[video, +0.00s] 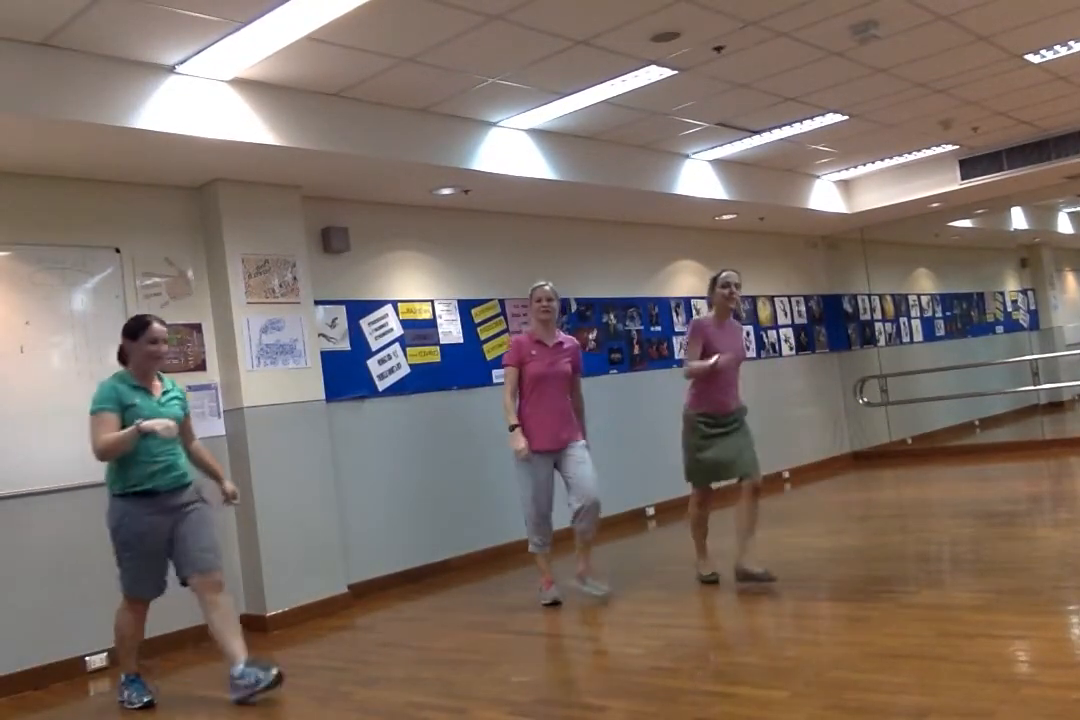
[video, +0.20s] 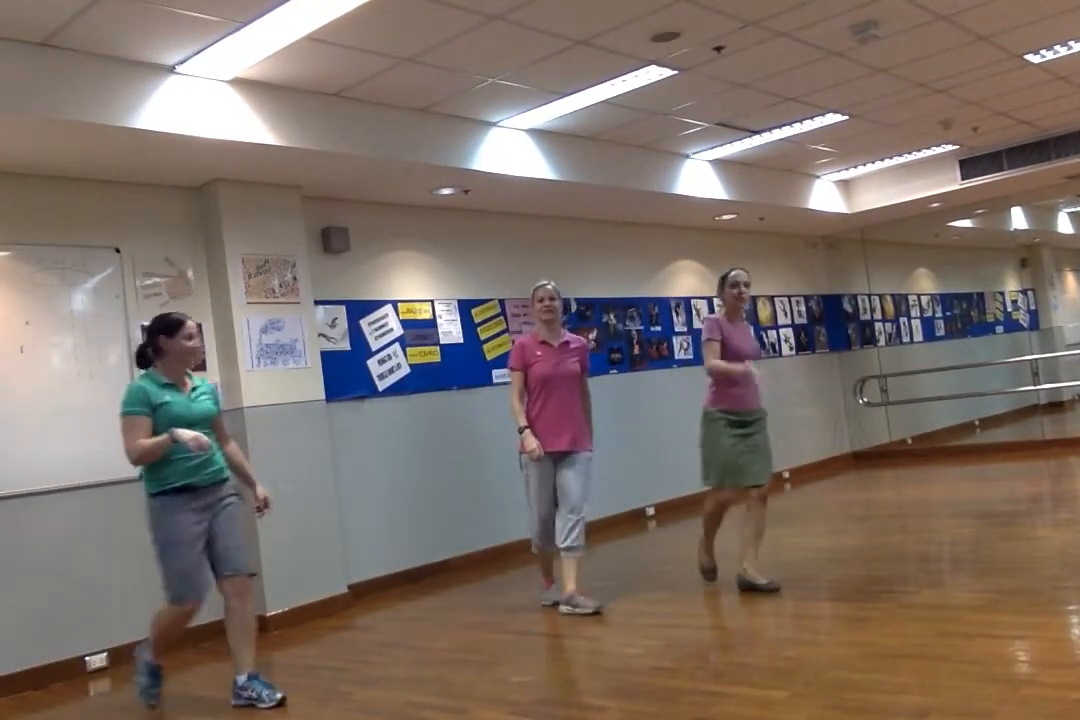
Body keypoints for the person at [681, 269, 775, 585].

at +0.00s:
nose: (731, 291)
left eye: (736, 287)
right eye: (725, 285)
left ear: (739, 294)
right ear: (712, 292)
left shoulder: (738, 329)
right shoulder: (699, 326)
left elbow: (733, 369)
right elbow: (689, 368)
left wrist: (737, 400)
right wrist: (712, 362)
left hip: (733, 416)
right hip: (701, 418)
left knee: (752, 481)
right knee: (701, 494)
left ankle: (742, 561)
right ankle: (703, 561)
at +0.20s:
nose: (740, 290)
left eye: (745, 286)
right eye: (734, 285)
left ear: (750, 292)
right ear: (722, 291)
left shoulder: (747, 327)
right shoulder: (714, 323)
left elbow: (741, 366)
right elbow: (710, 363)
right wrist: (743, 370)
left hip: (752, 414)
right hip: (721, 415)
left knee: (758, 493)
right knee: (725, 492)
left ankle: (748, 567)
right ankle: (706, 547)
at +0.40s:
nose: (764, 288)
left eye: (765, 283)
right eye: (757, 282)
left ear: (765, 289)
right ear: (741, 288)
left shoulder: (758, 324)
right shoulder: (733, 324)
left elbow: (762, 374)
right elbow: (721, 375)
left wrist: (799, 387)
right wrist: (731, 421)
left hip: (759, 410)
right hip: (745, 411)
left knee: (761, 491)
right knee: (793, 467)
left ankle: (749, 568)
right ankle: (759, 540)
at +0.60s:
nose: (797, 295)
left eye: (796, 290)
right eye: (791, 290)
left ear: (784, 296)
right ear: (772, 296)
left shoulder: (784, 330)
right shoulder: (758, 330)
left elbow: (800, 366)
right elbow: (731, 368)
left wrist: (843, 356)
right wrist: (738, 408)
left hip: (774, 411)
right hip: (767, 412)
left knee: (777, 491)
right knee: (809, 480)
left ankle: (748, 567)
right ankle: (821, 562)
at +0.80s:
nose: (829, 313)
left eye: (828, 307)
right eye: (824, 307)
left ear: (805, 311)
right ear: (807, 311)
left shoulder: (780, 336)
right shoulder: (787, 343)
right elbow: (777, 393)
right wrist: (814, 414)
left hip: (756, 416)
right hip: (764, 418)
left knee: (788, 490)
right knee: (812, 482)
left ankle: (744, 549)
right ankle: (821, 561)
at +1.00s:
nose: (824, 320)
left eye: (822, 314)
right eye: (819, 315)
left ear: (798, 317)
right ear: (804, 320)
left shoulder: (766, 326)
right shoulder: (791, 346)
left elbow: (721, 336)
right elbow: (802, 382)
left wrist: (692, 361)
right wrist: (838, 367)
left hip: (731, 414)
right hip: (745, 419)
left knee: (751, 486)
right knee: (786, 484)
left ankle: (727, 553)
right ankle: (819, 560)